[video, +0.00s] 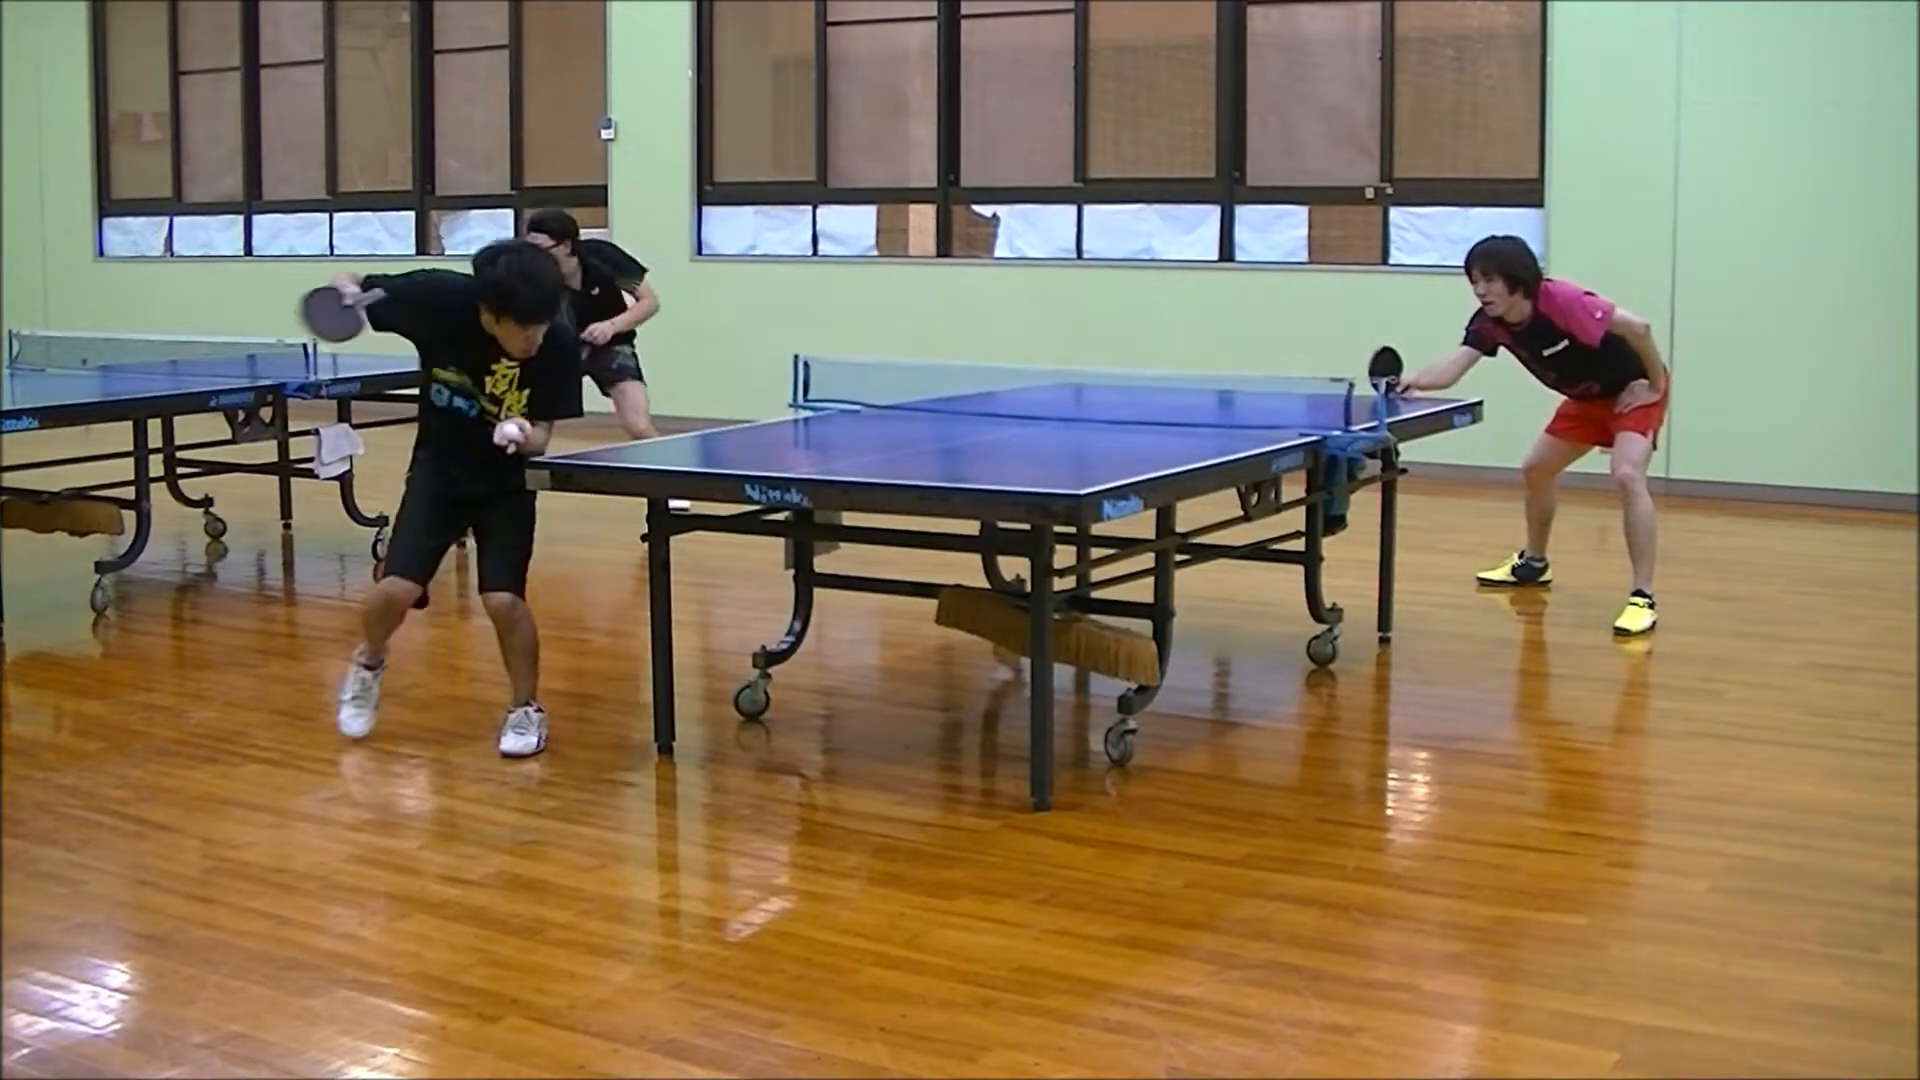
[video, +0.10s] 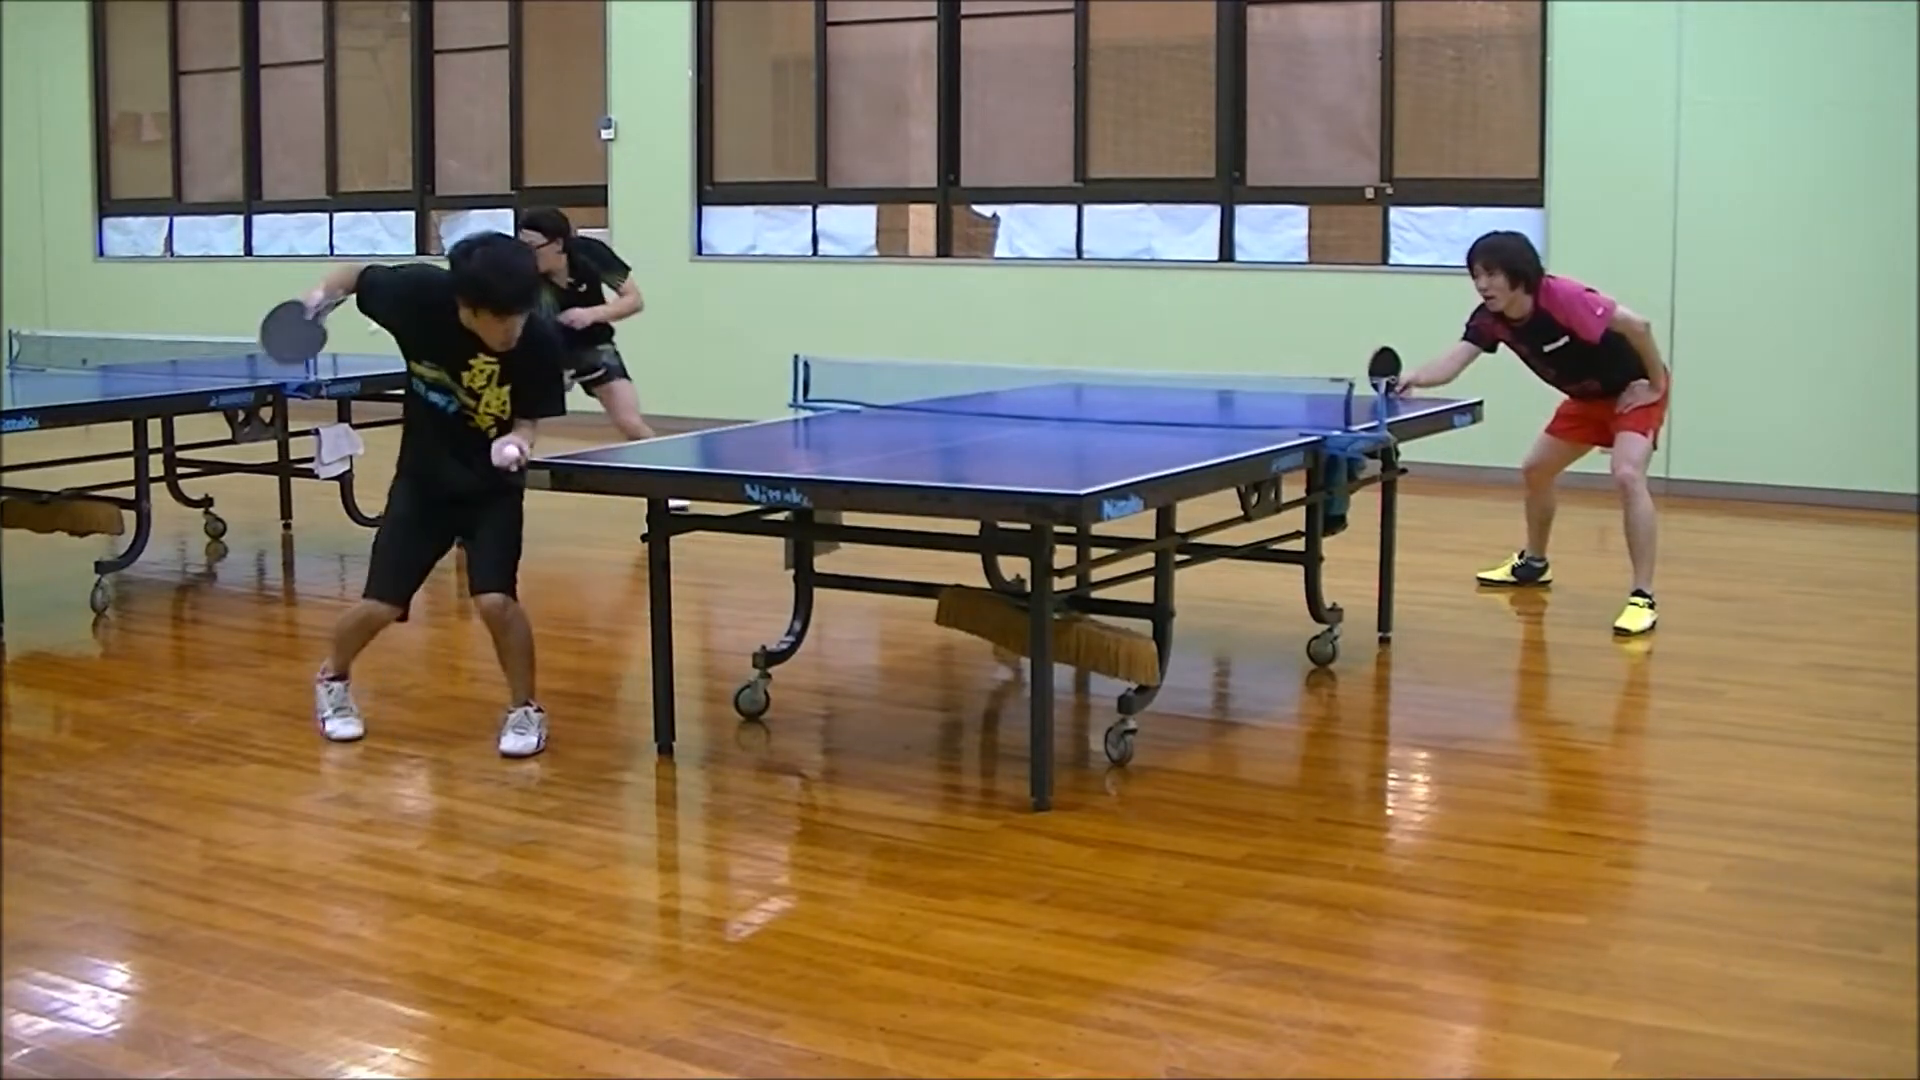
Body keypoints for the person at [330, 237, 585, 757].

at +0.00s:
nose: (534, 340)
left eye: (541, 329)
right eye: (524, 330)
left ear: (550, 315)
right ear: (489, 315)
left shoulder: (557, 346)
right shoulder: (441, 301)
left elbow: (542, 435)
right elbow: (361, 289)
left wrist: (524, 434)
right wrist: (348, 293)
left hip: (504, 481)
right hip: (438, 472)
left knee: (503, 599)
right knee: (397, 590)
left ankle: (525, 710)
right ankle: (368, 665)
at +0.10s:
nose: (513, 330)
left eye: (519, 317)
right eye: (501, 320)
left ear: (527, 303)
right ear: (467, 308)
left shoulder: (537, 340)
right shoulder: (419, 295)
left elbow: (528, 421)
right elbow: (353, 276)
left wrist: (516, 442)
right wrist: (319, 296)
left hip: (494, 483)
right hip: (424, 476)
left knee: (494, 600)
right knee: (383, 606)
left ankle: (526, 709)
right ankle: (333, 678)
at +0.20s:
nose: (483, 316)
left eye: (489, 302)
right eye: (470, 307)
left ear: (496, 287)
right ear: (433, 296)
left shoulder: (510, 330)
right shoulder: (395, 285)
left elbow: (505, 417)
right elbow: (352, 280)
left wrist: (506, 479)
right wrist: (309, 306)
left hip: (475, 480)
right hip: (404, 473)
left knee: (480, 596)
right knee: (363, 611)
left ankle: (524, 708)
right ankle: (333, 692)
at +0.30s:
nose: (444, 295)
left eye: (449, 280)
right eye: (428, 286)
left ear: (458, 267)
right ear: (393, 278)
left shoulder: (475, 312)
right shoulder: (365, 275)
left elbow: (491, 407)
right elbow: (337, 289)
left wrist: (509, 488)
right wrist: (298, 334)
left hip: (451, 461)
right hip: (379, 458)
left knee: (473, 579)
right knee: (351, 597)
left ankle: (521, 706)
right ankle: (336, 694)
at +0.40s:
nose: (421, 277)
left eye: (427, 262)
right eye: (407, 268)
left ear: (435, 248)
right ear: (371, 263)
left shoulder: (452, 288)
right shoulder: (338, 266)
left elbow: (488, 373)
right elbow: (317, 297)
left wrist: (518, 431)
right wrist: (297, 339)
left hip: (437, 450)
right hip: (363, 450)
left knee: (471, 571)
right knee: (341, 590)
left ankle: (496, 691)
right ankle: (335, 694)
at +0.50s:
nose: (417, 261)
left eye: (420, 246)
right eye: (402, 253)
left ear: (426, 230)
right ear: (364, 249)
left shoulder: (442, 261)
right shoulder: (326, 252)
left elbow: (485, 326)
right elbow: (294, 294)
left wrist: (513, 352)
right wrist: (298, 338)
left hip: (424, 429)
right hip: (352, 430)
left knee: (459, 569)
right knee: (339, 580)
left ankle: (451, 668)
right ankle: (333, 693)